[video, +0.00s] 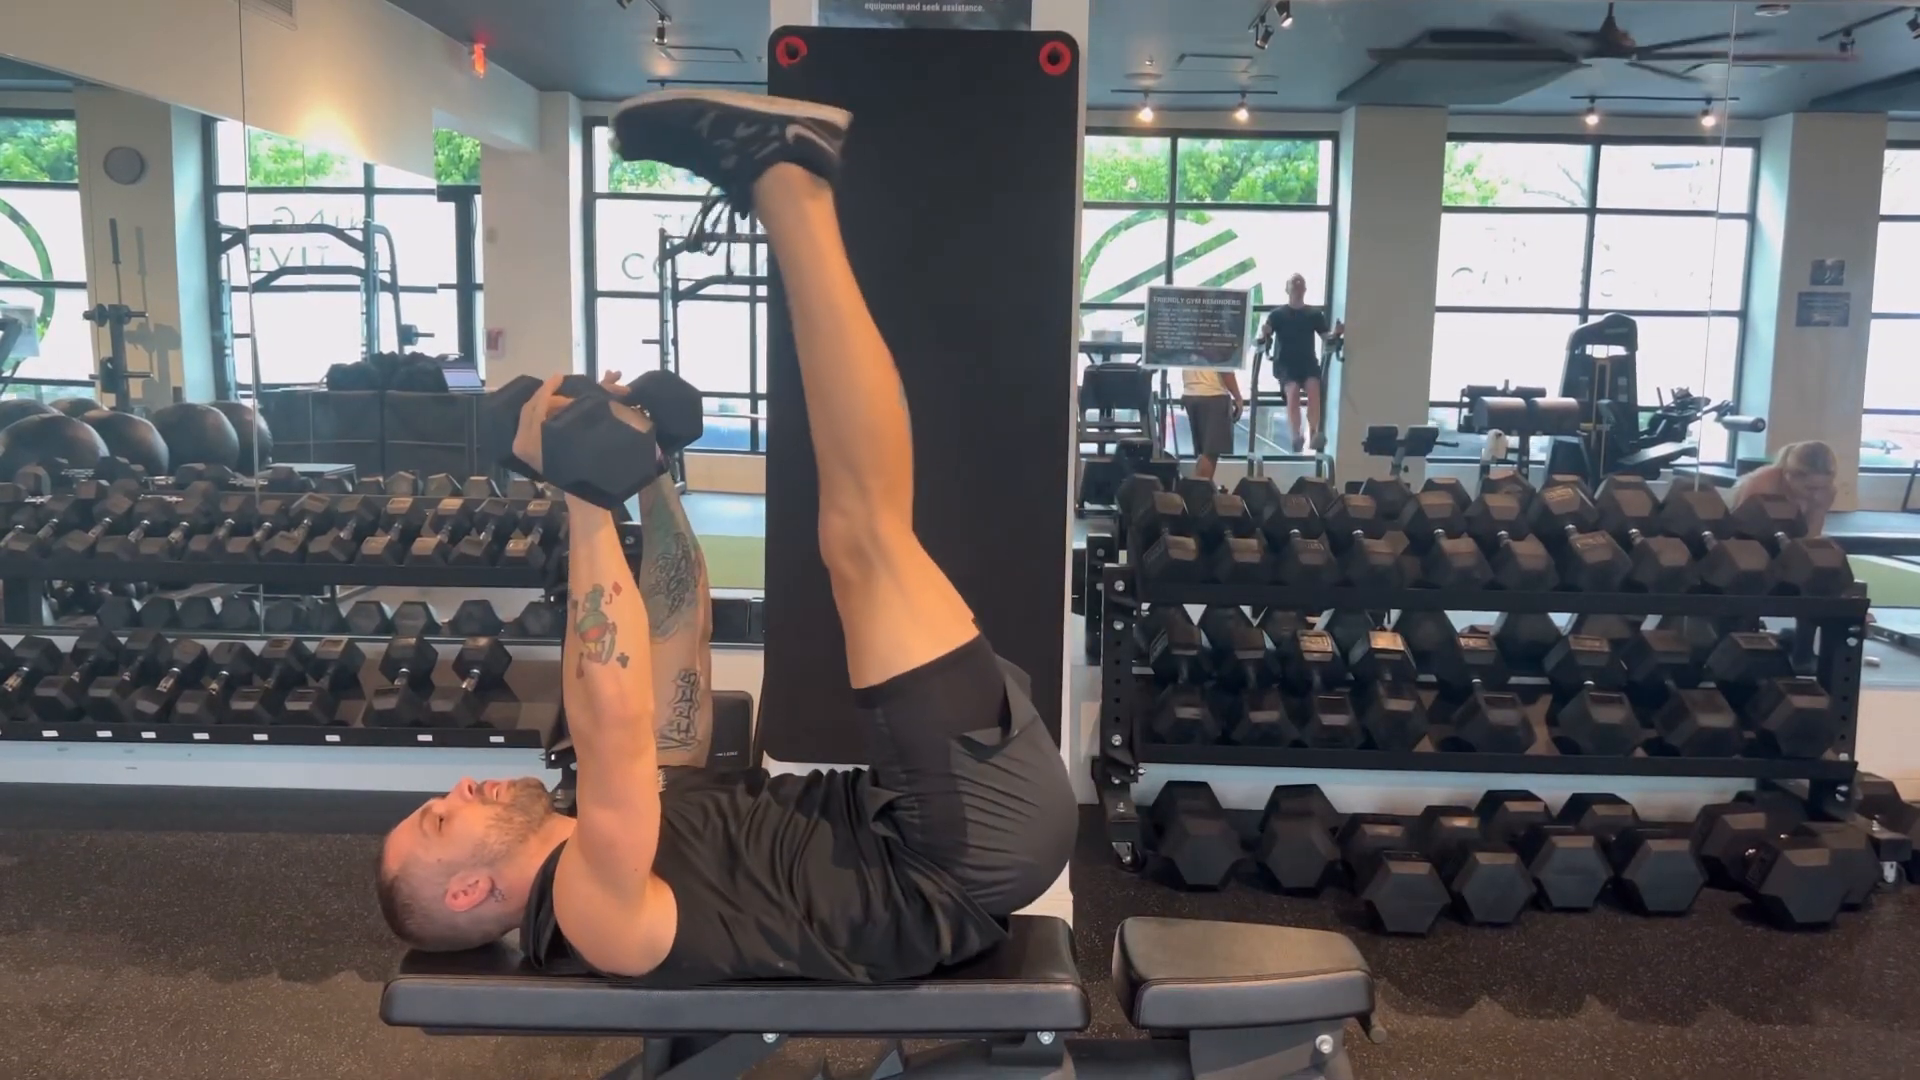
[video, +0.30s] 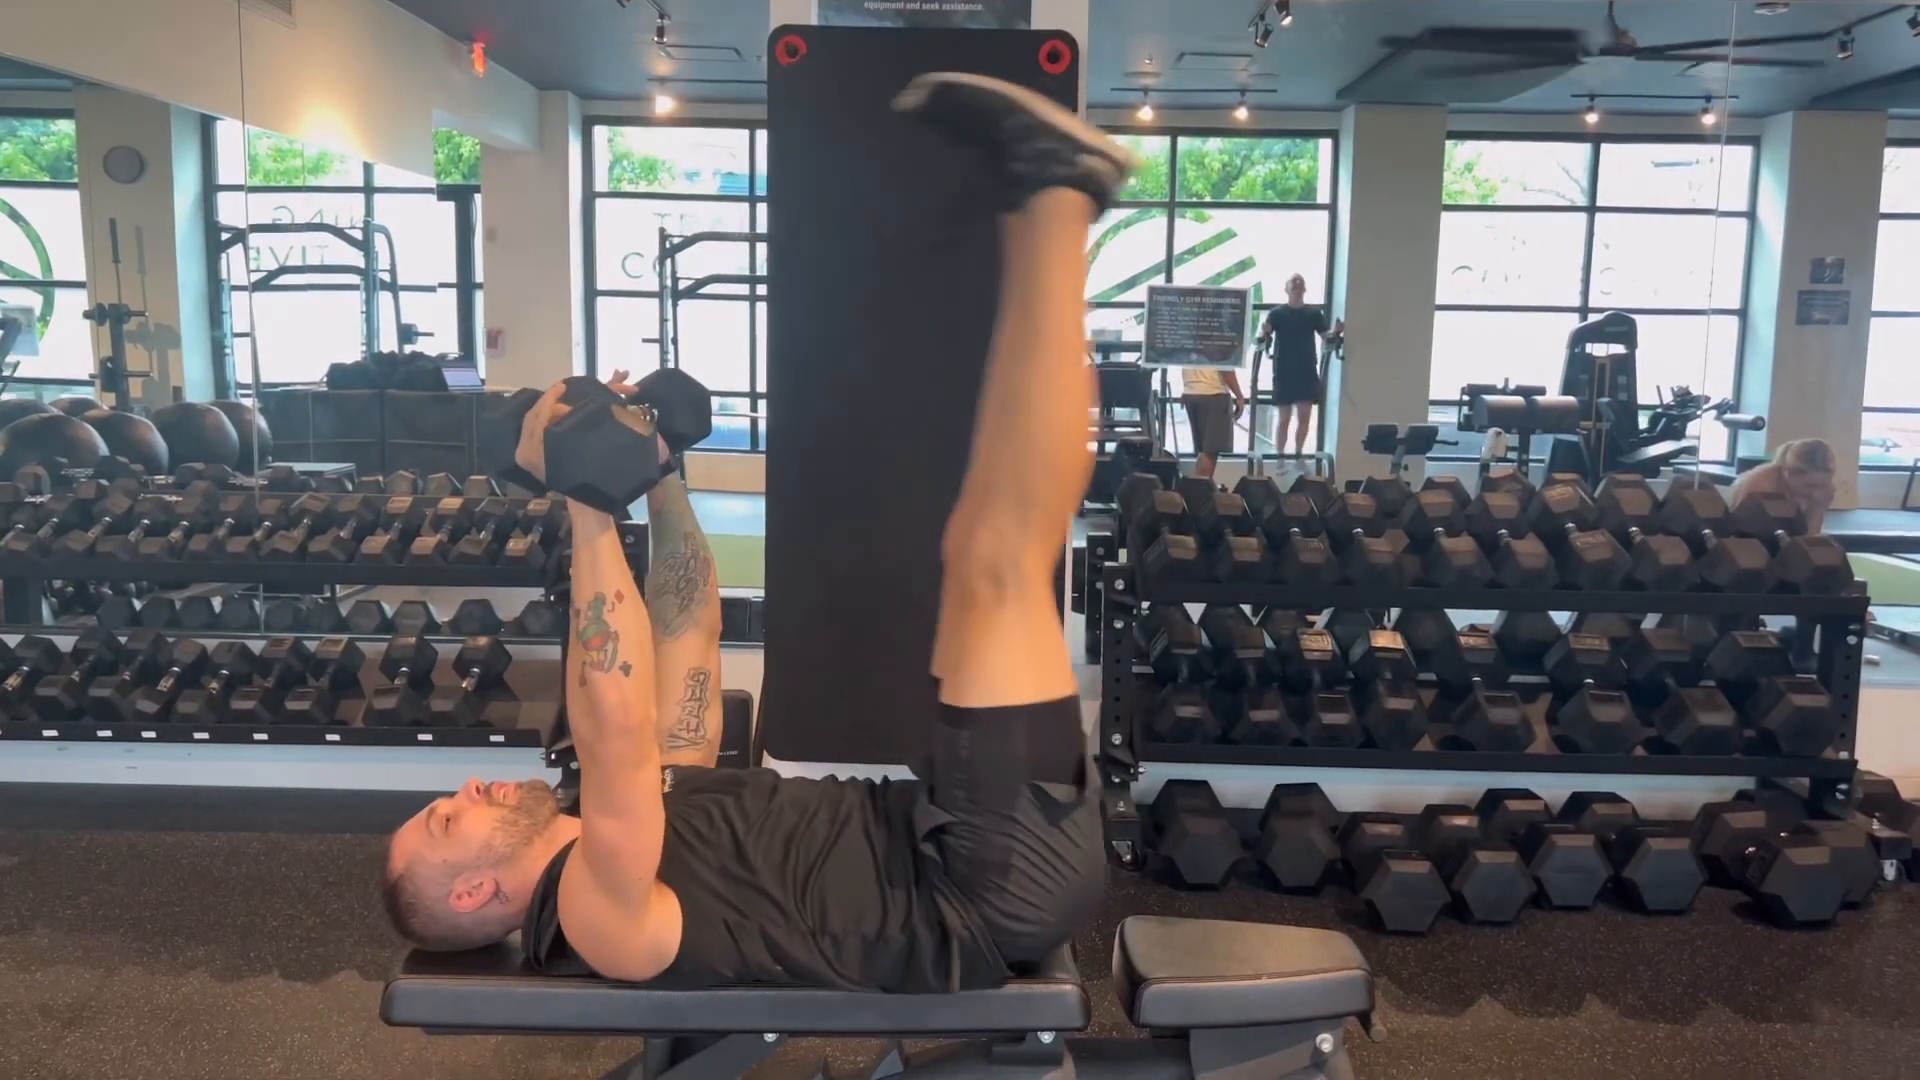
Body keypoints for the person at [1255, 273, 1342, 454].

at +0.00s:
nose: (1298, 286)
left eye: (1300, 284)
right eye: (1294, 284)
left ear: (1305, 288)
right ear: (1287, 289)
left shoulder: (1314, 314)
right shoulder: (1277, 314)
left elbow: (1326, 338)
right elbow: (1262, 341)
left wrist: (1336, 334)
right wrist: (1264, 335)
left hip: (1308, 359)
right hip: (1286, 360)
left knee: (1314, 387)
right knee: (1293, 390)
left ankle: (1314, 435)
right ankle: (1296, 437)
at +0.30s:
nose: (1298, 288)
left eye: (1301, 285)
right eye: (1295, 286)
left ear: (1305, 289)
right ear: (1287, 290)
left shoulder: (1313, 313)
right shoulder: (1277, 314)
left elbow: (1326, 337)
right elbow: (1262, 340)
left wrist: (1336, 332)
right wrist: (1263, 334)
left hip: (1306, 369)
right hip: (1283, 370)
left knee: (1304, 417)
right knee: (1284, 417)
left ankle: (1299, 454)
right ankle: (1280, 456)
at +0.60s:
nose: (1297, 286)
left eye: (1300, 283)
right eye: (1293, 283)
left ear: (1304, 287)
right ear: (1287, 286)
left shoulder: (1313, 311)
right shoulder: (1277, 312)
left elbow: (1325, 333)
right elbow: (1263, 337)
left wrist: (1336, 329)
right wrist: (1265, 330)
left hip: (1307, 363)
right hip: (1284, 364)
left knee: (1305, 411)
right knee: (1284, 411)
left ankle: (1303, 451)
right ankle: (1280, 452)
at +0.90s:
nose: (1298, 285)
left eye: (1301, 280)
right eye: (1295, 280)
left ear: (1306, 283)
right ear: (1288, 283)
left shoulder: (1314, 307)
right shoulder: (1277, 308)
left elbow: (1326, 332)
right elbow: (1263, 335)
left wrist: (1336, 327)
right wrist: (1265, 327)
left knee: (1319, 340)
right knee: (1293, 338)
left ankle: (1322, 381)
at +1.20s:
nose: (1298, 287)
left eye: (1301, 284)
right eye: (1295, 284)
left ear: (1306, 284)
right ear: (1289, 283)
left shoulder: (1315, 304)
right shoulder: (1278, 304)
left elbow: (1323, 331)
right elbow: (1264, 329)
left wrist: (1336, 325)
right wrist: (1266, 323)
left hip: (1308, 355)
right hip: (1284, 356)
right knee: (1288, 317)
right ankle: (1299, 319)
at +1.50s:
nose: (1298, 280)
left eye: (1301, 277)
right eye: (1295, 277)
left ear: (1306, 279)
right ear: (1288, 279)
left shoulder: (1314, 304)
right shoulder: (1278, 303)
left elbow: (1326, 326)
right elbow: (1266, 324)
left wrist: (1336, 322)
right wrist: (1265, 321)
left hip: (1307, 349)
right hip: (1283, 349)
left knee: (1317, 353)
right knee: (1293, 354)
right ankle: (1300, 392)